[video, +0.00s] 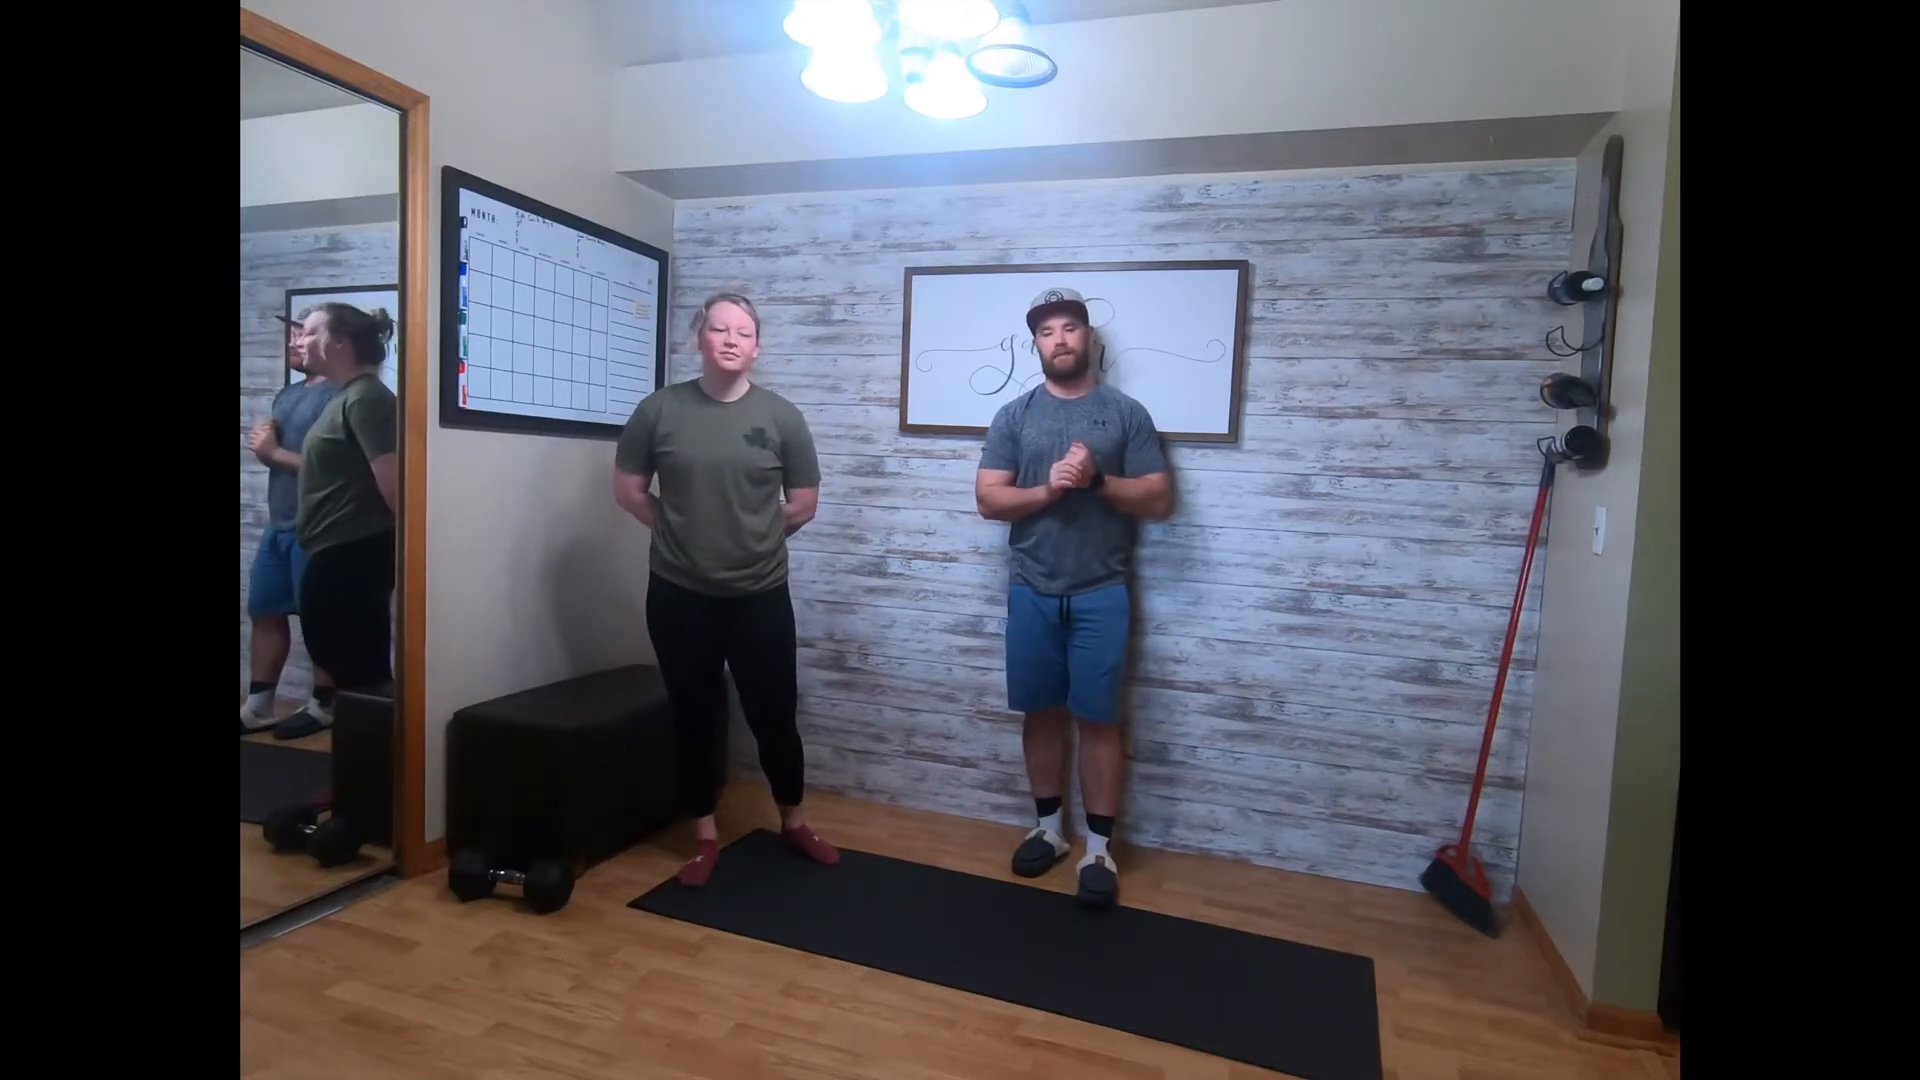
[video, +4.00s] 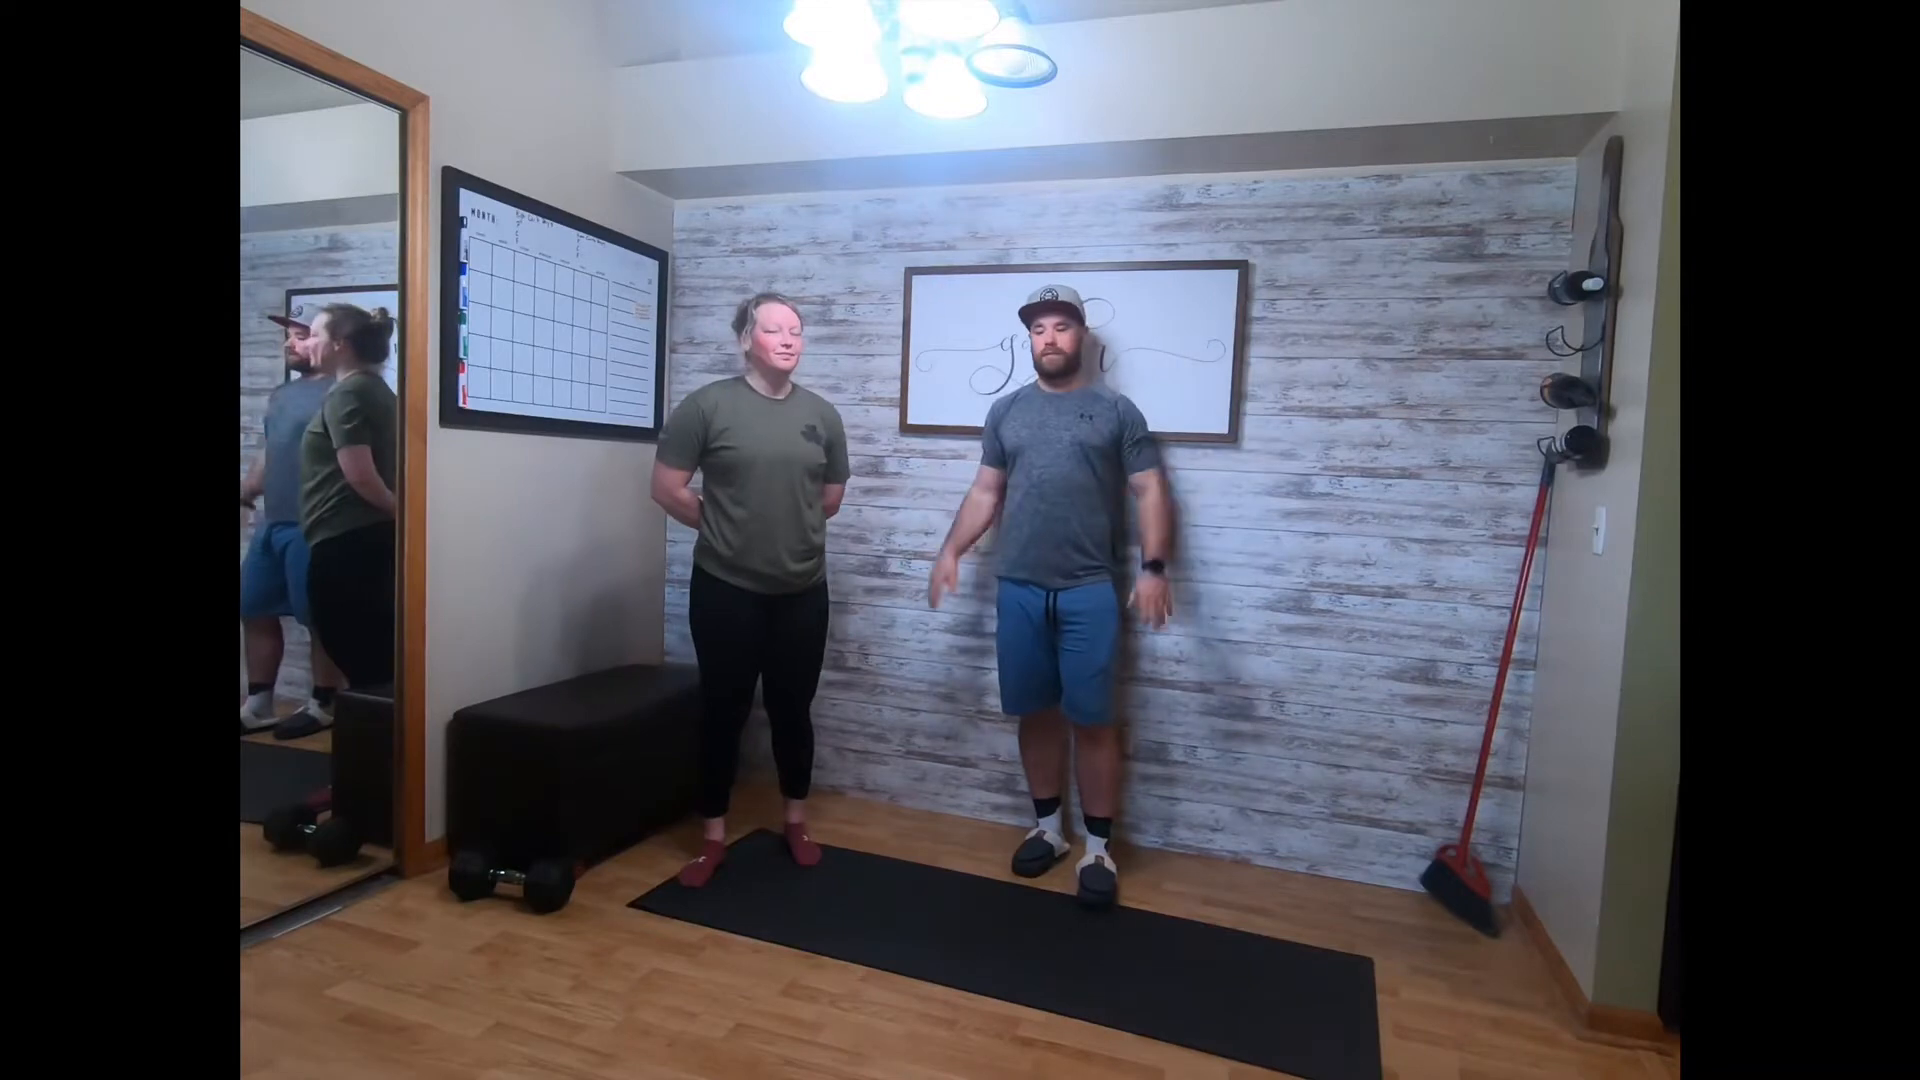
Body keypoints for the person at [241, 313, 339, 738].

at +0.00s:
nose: (295, 340)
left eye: (305, 332)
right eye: (295, 333)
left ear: (329, 343)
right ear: (296, 344)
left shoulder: (339, 396)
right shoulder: (286, 397)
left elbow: (324, 465)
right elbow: (286, 455)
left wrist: (272, 451)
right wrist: (267, 443)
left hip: (317, 530)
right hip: (279, 527)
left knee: (319, 621)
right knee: (266, 612)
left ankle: (324, 706)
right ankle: (259, 704)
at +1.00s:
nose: (300, 340)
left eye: (309, 333)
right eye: (301, 332)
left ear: (331, 343)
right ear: (301, 344)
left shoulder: (340, 395)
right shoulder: (292, 395)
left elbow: (329, 467)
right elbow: (277, 443)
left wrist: (273, 454)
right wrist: (267, 440)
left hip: (316, 526)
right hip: (280, 526)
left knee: (321, 619)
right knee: (266, 611)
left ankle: (324, 706)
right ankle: (259, 704)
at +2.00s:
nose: (298, 339)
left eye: (308, 333)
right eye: (298, 332)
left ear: (329, 344)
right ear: (299, 341)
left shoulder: (342, 397)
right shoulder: (289, 395)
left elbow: (339, 465)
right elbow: (278, 443)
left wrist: (275, 461)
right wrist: (264, 441)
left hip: (319, 525)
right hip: (278, 524)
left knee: (322, 619)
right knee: (263, 610)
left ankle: (323, 707)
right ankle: (260, 703)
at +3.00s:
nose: (294, 339)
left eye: (304, 332)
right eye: (295, 333)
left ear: (326, 342)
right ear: (299, 344)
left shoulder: (343, 392)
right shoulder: (294, 394)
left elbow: (346, 447)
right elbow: (276, 446)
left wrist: (317, 412)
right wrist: (248, 413)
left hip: (317, 523)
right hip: (276, 523)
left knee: (321, 617)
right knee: (260, 608)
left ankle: (324, 706)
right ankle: (259, 704)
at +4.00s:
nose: (293, 342)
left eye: (304, 334)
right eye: (293, 335)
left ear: (328, 344)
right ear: (293, 344)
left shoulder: (337, 392)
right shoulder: (281, 395)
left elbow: (350, 461)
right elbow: (270, 456)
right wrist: (248, 491)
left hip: (313, 526)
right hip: (272, 524)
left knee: (318, 620)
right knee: (256, 611)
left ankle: (324, 705)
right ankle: (259, 704)